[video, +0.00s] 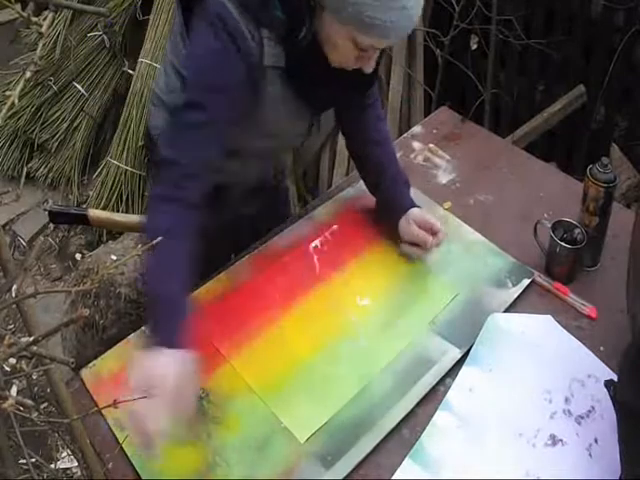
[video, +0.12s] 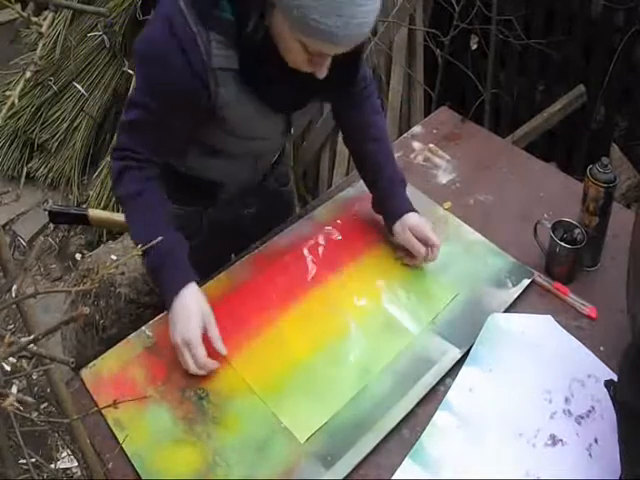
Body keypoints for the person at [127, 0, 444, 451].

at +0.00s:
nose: (367, 65)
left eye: (379, 52)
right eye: (359, 46)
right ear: (319, 10)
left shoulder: (346, 40)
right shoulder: (227, 33)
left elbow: (364, 120)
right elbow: (176, 190)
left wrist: (400, 206)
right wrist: (170, 342)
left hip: (266, 179)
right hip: (200, 185)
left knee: (277, 290)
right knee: (205, 306)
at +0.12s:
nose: (322, 71)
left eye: (336, 55)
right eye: (309, 51)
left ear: (355, 32)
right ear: (270, 11)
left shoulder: (331, 32)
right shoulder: (182, 42)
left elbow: (358, 103)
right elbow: (133, 162)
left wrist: (397, 208)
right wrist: (179, 286)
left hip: (267, 183)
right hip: (192, 199)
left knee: (288, 293)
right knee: (211, 315)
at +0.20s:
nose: (306, 40)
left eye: (319, 25)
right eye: (293, 24)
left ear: (335, 10)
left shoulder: (324, 19)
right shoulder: (168, 21)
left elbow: (348, 88)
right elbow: (141, 157)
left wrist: (398, 190)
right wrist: (189, 271)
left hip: (268, 179)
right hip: (195, 196)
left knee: (289, 298)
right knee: (212, 324)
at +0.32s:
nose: (312, 106)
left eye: (326, 88)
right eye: (298, 88)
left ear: (339, 53)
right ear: (260, 42)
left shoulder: (315, 30)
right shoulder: (167, 49)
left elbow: (342, 97)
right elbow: (142, 167)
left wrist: (378, 187)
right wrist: (188, 268)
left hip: (263, 183)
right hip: (191, 201)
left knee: (288, 293)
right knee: (209, 320)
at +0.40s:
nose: (307, 177)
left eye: (320, 165)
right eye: (295, 164)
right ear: (257, 114)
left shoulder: (326, 58)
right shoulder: (167, 83)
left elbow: (342, 110)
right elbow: (134, 177)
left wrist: (370, 186)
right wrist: (179, 267)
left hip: (262, 184)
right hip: (188, 197)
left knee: (278, 288)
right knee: (203, 305)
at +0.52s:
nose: (329, 152)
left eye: (343, 136)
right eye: (315, 141)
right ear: (270, 95)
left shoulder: (322, 56)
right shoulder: (168, 76)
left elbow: (342, 111)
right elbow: (132, 171)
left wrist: (371, 186)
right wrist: (176, 270)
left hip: (263, 183)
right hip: (188, 196)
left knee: (276, 290)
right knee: (204, 306)